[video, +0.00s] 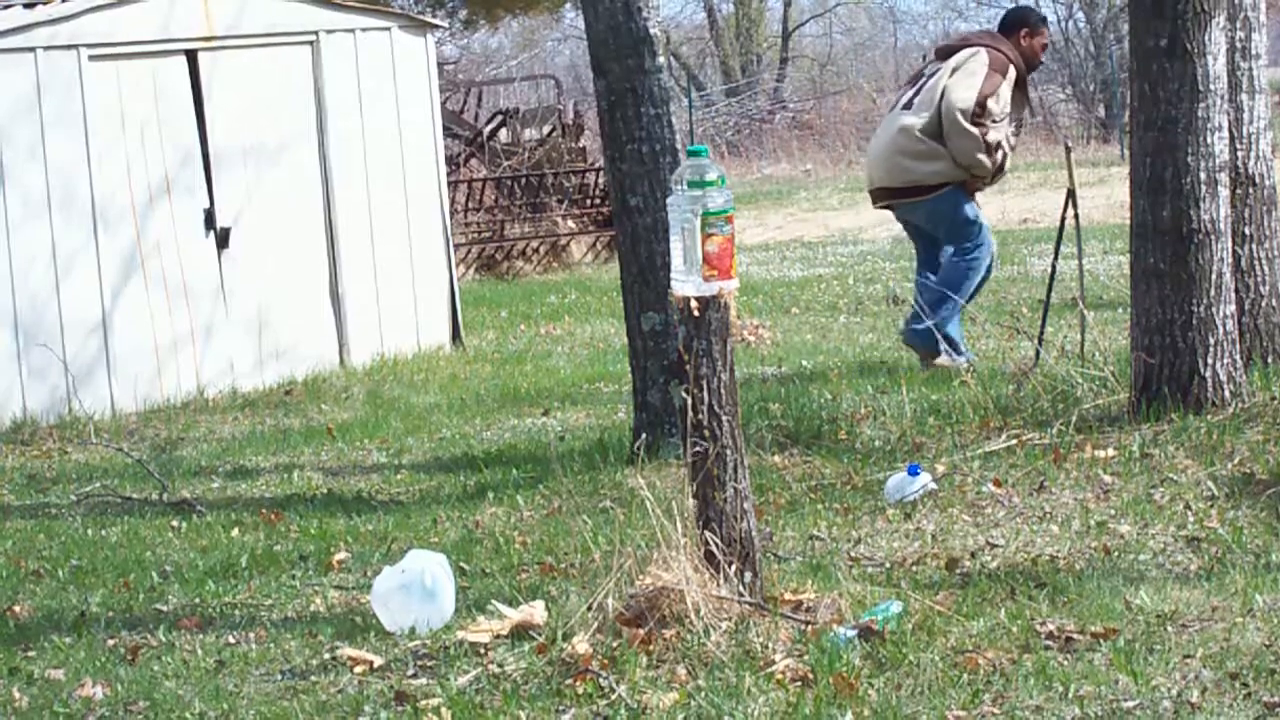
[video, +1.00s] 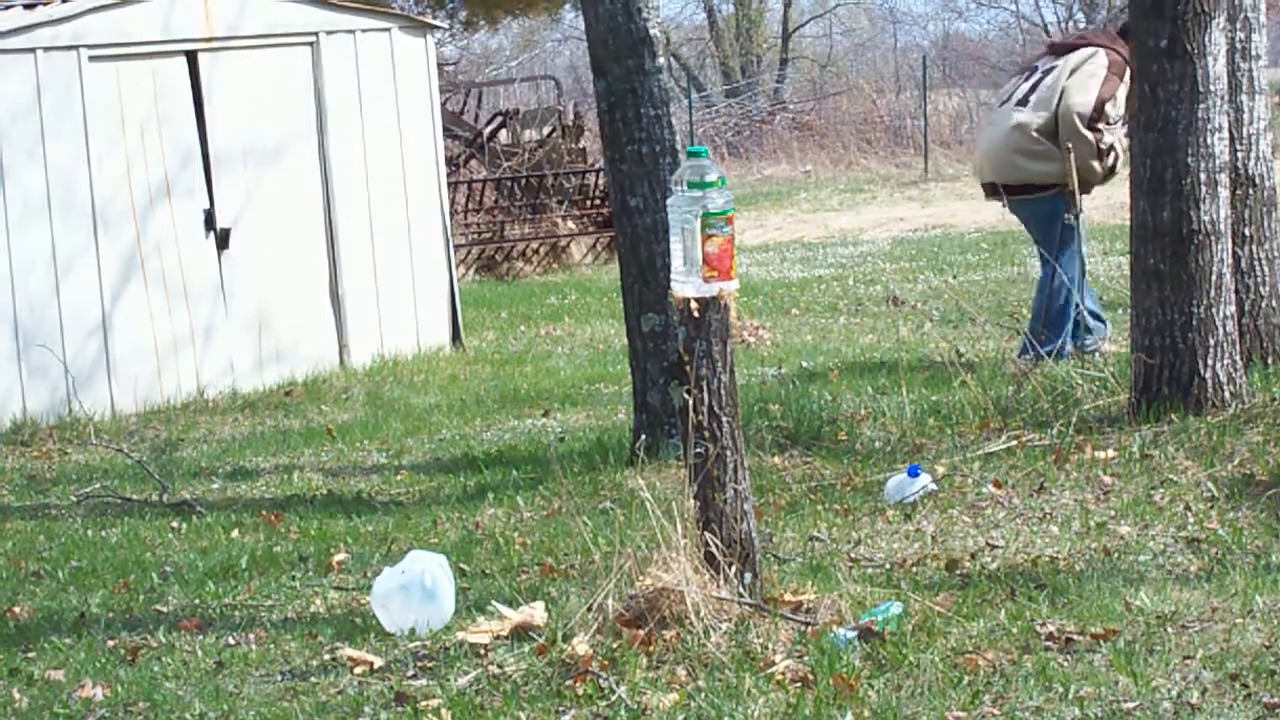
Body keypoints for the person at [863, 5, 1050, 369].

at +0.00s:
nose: (1044, 56)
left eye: (1046, 47)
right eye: (1043, 45)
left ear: (1015, 35)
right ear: (1023, 36)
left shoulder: (963, 54)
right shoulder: (995, 57)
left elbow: (908, 105)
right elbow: (962, 110)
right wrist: (982, 169)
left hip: (888, 168)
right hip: (918, 167)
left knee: (933, 256)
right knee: (976, 247)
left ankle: (946, 351)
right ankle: (925, 328)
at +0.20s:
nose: (1069, 60)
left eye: (1072, 52)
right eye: (1069, 49)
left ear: (1043, 39)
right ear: (1048, 40)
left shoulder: (987, 54)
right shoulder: (1017, 58)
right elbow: (981, 110)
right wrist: (1004, 169)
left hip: (908, 169)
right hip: (945, 169)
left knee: (947, 258)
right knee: (999, 256)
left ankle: (942, 357)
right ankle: (1024, 351)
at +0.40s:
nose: (1100, 70)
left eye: (1103, 63)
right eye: (1100, 60)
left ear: (1077, 44)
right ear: (1082, 46)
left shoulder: (1014, 54)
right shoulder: (1050, 63)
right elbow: (1014, 118)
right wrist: (1033, 173)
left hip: (931, 163)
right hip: (969, 166)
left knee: (965, 256)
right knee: (1011, 259)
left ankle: (947, 351)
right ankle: (1039, 350)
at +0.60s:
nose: (1125, 69)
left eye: (1128, 61)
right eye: (1126, 58)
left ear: (1103, 43)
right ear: (1112, 46)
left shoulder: (1039, 50)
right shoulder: (1076, 61)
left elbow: (981, 100)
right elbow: (1040, 118)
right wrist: (1058, 172)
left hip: (961, 164)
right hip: (999, 167)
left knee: (992, 248)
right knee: (1034, 254)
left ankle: (957, 337)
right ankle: (1043, 353)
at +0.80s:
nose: (1133, 67)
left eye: (1135, 61)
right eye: (1136, 59)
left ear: (1109, 36)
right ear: (1127, 49)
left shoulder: (1061, 48)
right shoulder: (1097, 60)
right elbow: (1059, 112)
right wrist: (1070, 176)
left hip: (979, 156)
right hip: (1014, 157)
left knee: (1045, 246)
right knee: (1042, 255)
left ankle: (1012, 324)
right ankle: (1043, 355)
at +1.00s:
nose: (1144, 64)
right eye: (1147, 57)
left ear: (1118, 32)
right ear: (1136, 46)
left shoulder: (1070, 51)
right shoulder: (1109, 57)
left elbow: (1009, 101)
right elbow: (1077, 109)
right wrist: (1094, 170)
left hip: (997, 159)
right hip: (1034, 161)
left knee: (1063, 251)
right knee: (1063, 257)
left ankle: (1088, 335)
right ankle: (1041, 354)